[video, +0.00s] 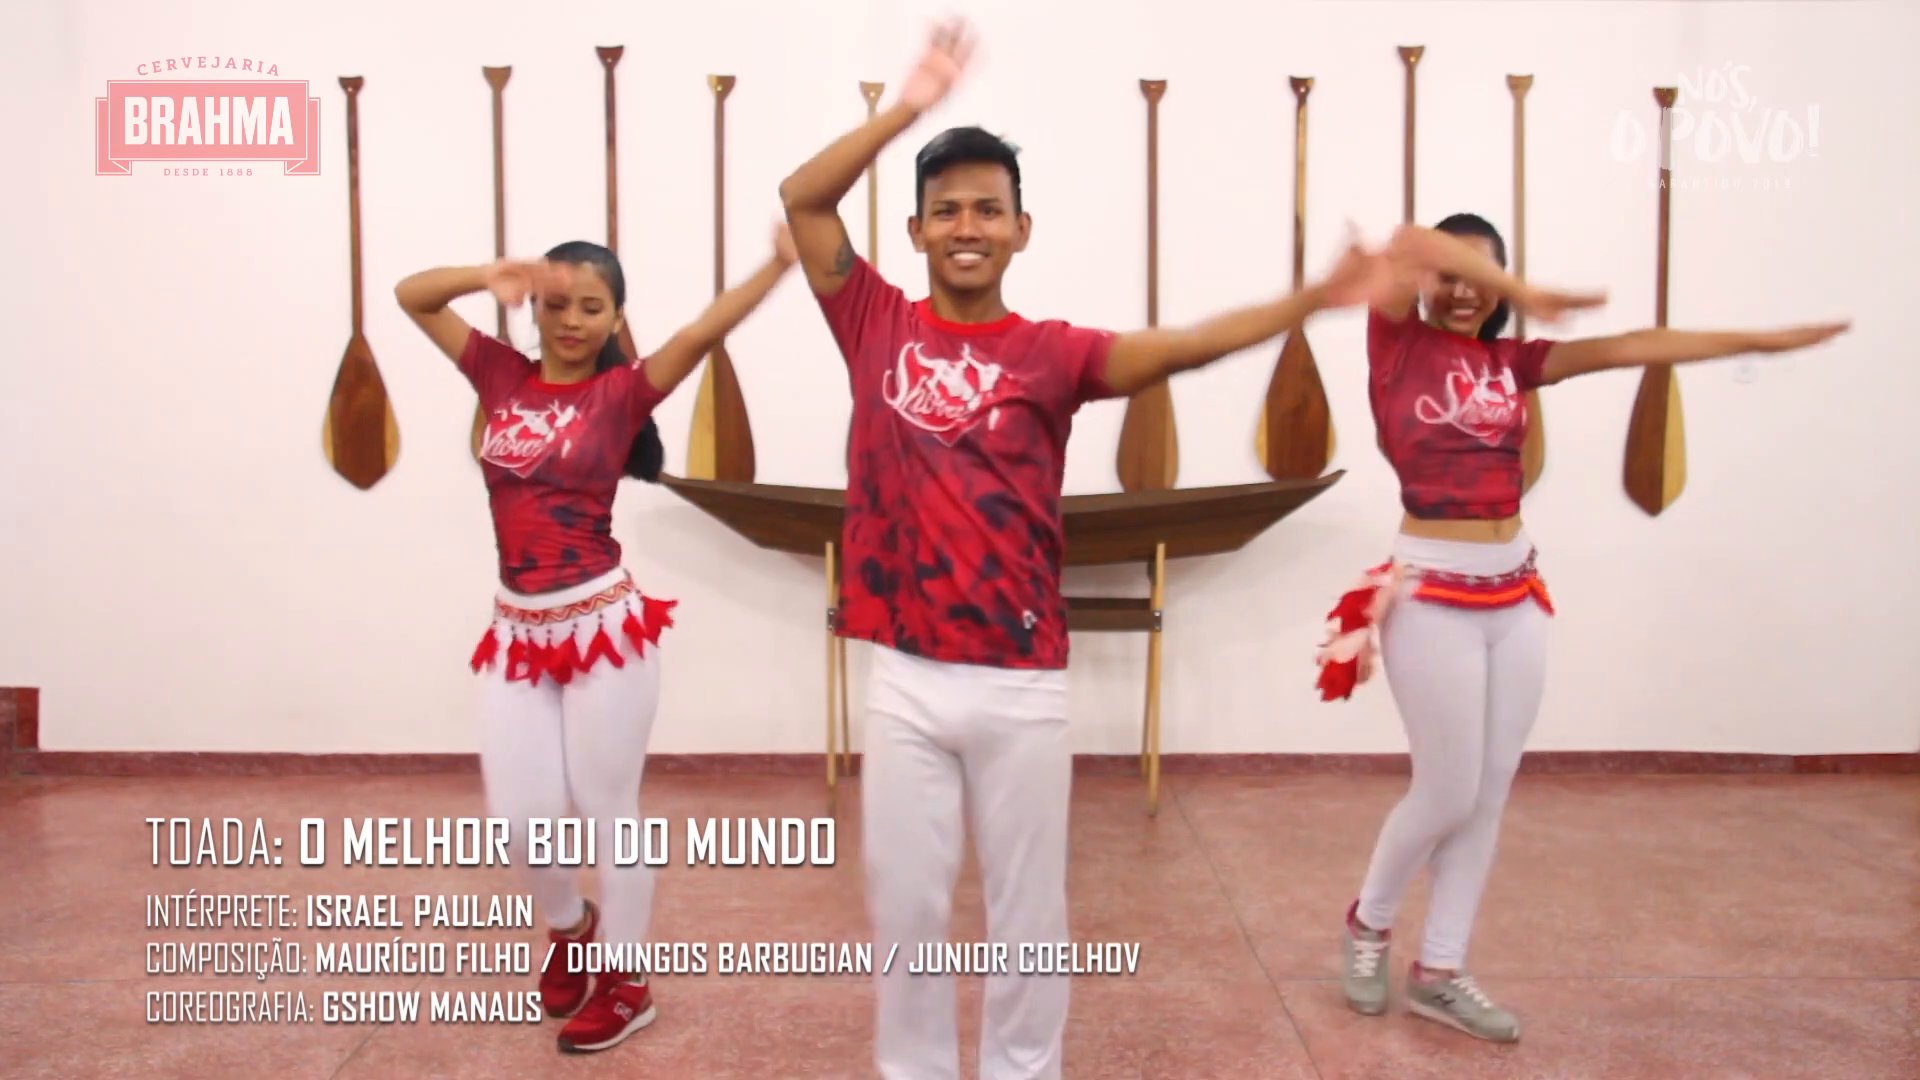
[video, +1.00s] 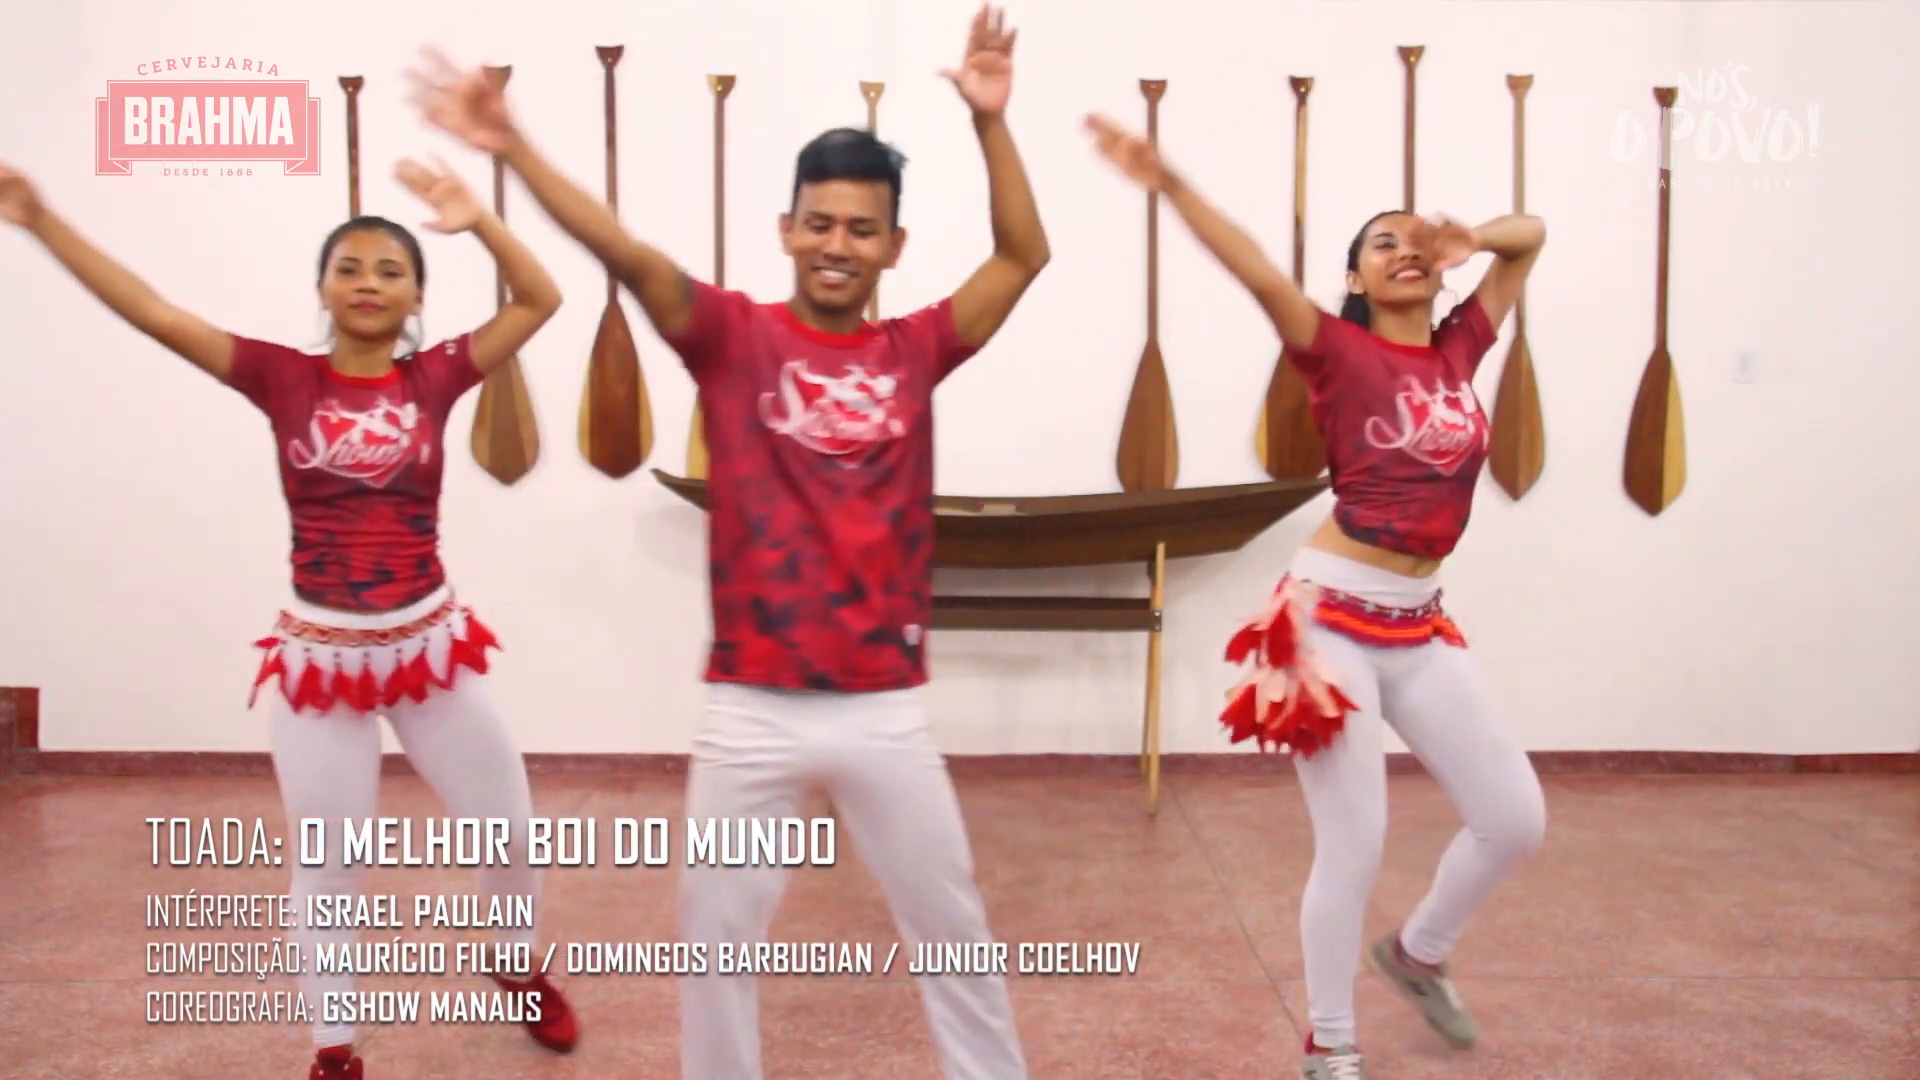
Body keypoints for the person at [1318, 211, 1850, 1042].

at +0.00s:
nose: (1470, 291)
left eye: (1482, 278)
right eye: (1455, 272)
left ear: (1498, 296)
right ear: (1422, 275)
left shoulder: (1513, 359)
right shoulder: (1395, 344)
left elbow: (1633, 346)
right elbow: (1416, 247)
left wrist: (1757, 340)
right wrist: (1522, 288)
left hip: (1514, 595)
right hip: (1430, 595)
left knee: (1485, 797)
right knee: (1445, 792)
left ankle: (1437, 972)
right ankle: (1368, 925)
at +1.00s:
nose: (1402, 251)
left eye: (1415, 243)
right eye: (1381, 244)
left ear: (1440, 274)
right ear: (1356, 278)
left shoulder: (1460, 356)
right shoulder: (1337, 350)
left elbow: (1530, 238)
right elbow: (1255, 269)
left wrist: (1462, 235)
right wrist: (1168, 181)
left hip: (1416, 627)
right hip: (1326, 615)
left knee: (1514, 821)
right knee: (1352, 840)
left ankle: (1417, 954)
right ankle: (1331, 1051)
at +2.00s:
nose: (1544, 250)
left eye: (1568, 240)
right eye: (1528, 233)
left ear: (1593, 270)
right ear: (1496, 252)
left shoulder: (1580, 360)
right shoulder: (1460, 324)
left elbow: (1669, 253)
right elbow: (1447, 178)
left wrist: (1768, 128)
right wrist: (1487, 44)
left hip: (1536, 628)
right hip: (1425, 628)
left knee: (1564, 891)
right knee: (1401, 878)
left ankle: (1593, 1074)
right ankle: (1384, 1054)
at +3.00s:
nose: (1533, 213)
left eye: (1560, 197)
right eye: (1533, 203)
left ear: (1621, 225)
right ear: (1538, 236)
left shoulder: (1676, 329)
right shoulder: (1515, 328)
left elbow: (1746, 148)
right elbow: (1442, 188)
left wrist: (1799, 13)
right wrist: (1535, 69)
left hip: (1642, 640)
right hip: (1510, 626)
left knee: (1623, 911)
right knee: (1421, 856)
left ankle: (1595, 1075)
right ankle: (1434, 1031)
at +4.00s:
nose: (1381, 234)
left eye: (1400, 226)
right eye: (1363, 229)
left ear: (1431, 262)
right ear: (1345, 267)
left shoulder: (1465, 340)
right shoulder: (1321, 354)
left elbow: (1541, 212)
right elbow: (1190, 294)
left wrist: (1441, 240)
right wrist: (1071, 232)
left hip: (1428, 620)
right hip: (1329, 615)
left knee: (1495, 826)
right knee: (1346, 828)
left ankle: (1468, 1011)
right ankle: (1312, 1019)